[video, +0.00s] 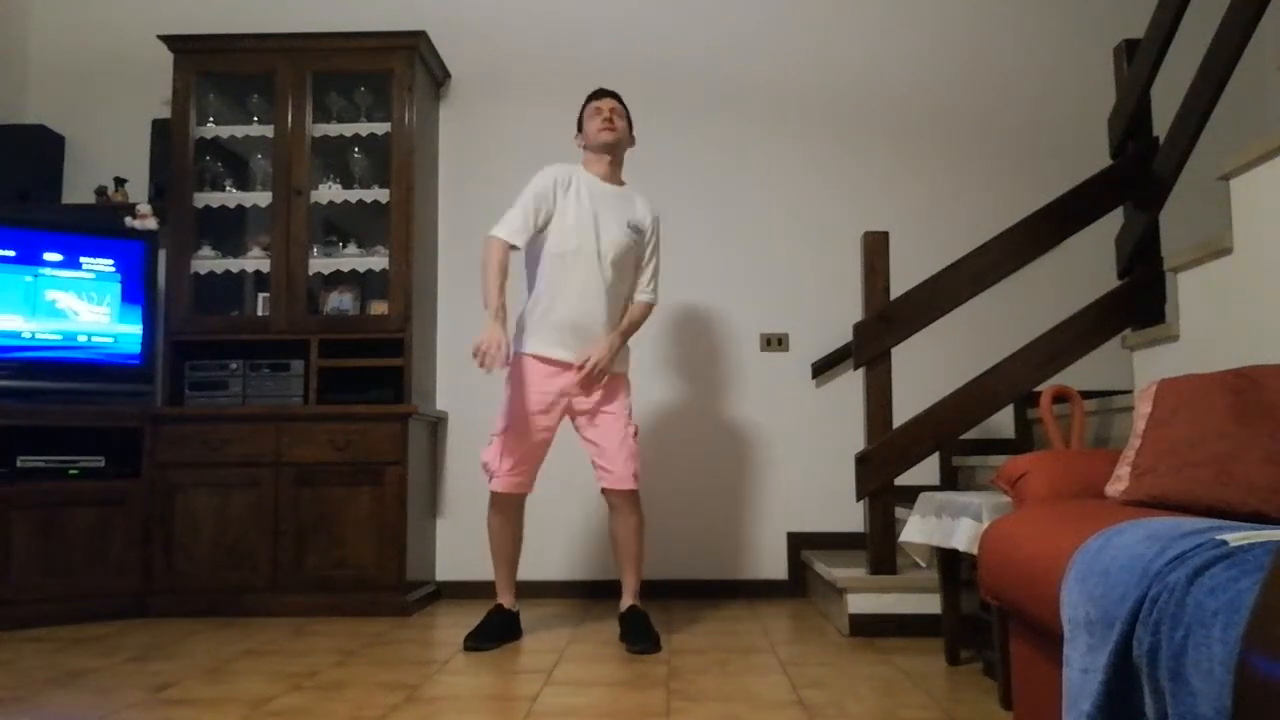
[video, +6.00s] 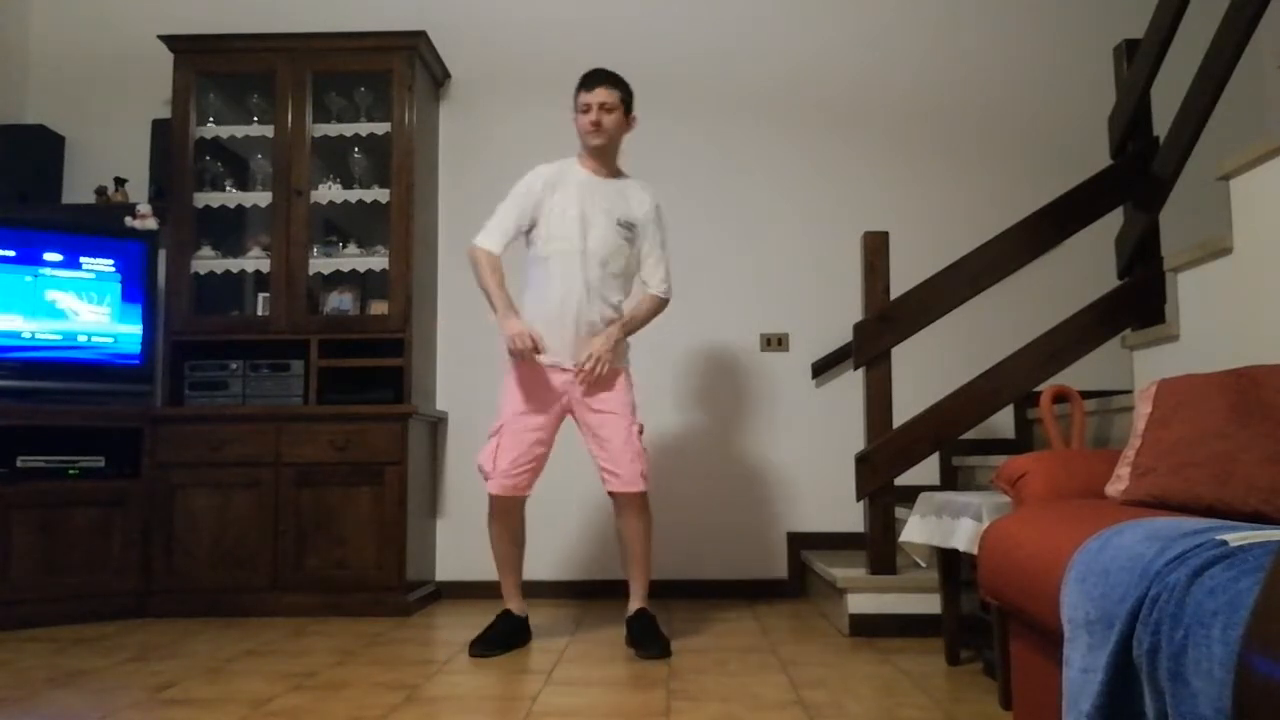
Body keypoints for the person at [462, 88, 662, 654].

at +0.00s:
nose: (607, 117)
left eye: (617, 114)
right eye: (596, 113)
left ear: (630, 138)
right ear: (579, 135)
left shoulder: (640, 210)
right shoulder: (554, 181)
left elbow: (645, 295)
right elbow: (499, 243)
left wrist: (616, 339)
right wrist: (496, 321)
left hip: (604, 369)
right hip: (538, 362)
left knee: (623, 485)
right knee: (507, 485)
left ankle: (632, 606)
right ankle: (505, 608)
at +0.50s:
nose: (525, 119)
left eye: (538, 113)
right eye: (521, 113)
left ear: (563, 131)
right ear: (514, 129)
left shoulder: (579, 174)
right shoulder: (503, 208)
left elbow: (627, 236)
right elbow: (489, 290)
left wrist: (585, 301)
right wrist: (489, 353)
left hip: (588, 366)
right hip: (524, 371)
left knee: (610, 485)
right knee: (498, 482)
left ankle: (632, 601)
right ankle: (505, 608)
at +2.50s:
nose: (585, 171)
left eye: (596, 159)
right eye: (575, 159)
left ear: (615, 146)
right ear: (560, 146)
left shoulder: (631, 214)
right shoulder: (535, 199)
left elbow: (654, 297)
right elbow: (483, 266)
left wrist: (635, 346)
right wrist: (485, 339)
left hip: (603, 369)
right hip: (533, 366)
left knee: (629, 483)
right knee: (504, 483)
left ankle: (639, 607)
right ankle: (511, 610)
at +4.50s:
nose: (590, 117)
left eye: (601, 108)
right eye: (580, 109)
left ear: (622, 117)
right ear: (570, 120)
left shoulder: (639, 195)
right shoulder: (547, 186)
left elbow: (668, 271)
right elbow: (477, 242)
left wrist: (662, 314)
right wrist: (450, 298)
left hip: (614, 363)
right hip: (542, 358)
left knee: (634, 482)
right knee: (495, 469)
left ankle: (638, 609)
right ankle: (492, 603)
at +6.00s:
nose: (595, 117)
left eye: (607, 109)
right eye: (587, 109)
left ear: (628, 121)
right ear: (574, 118)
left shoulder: (639, 199)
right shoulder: (542, 182)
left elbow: (656, 290)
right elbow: (483, 250)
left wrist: (613, 335)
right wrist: (508, 319)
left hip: (605, 368)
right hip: (537, 365)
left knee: (630, 484)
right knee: (504, 488)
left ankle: (640, 610)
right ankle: (513, 613)